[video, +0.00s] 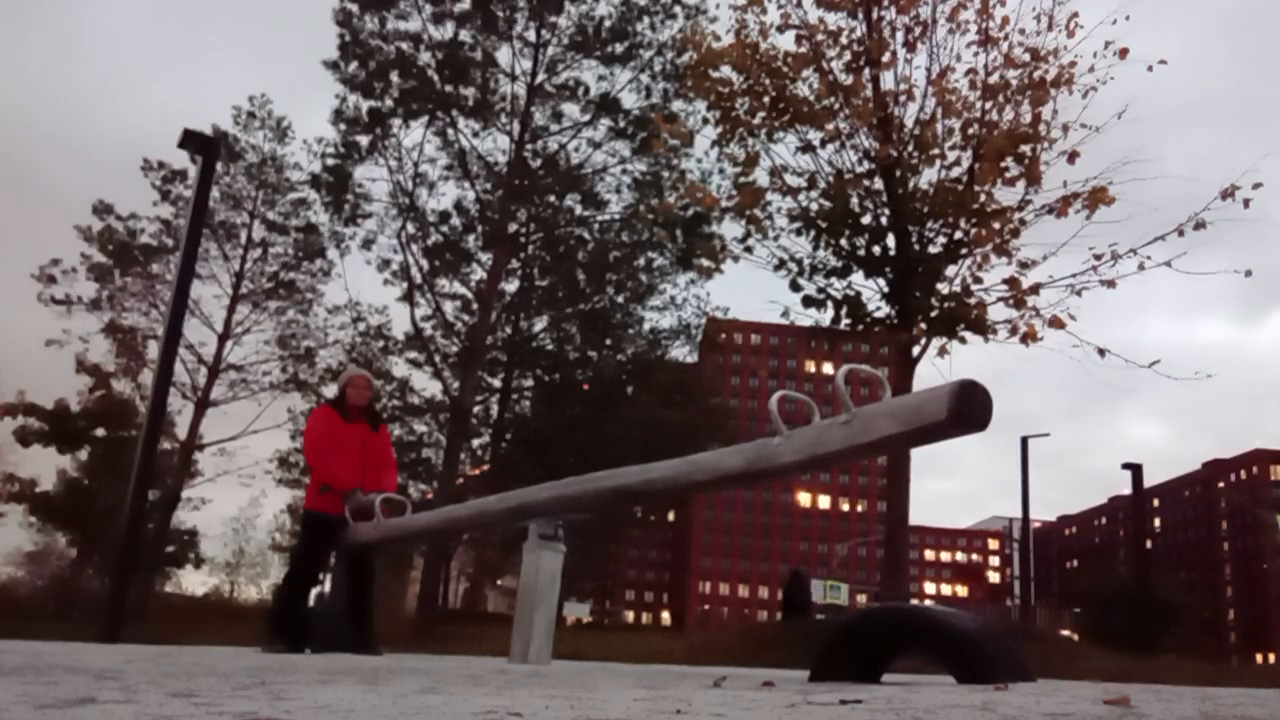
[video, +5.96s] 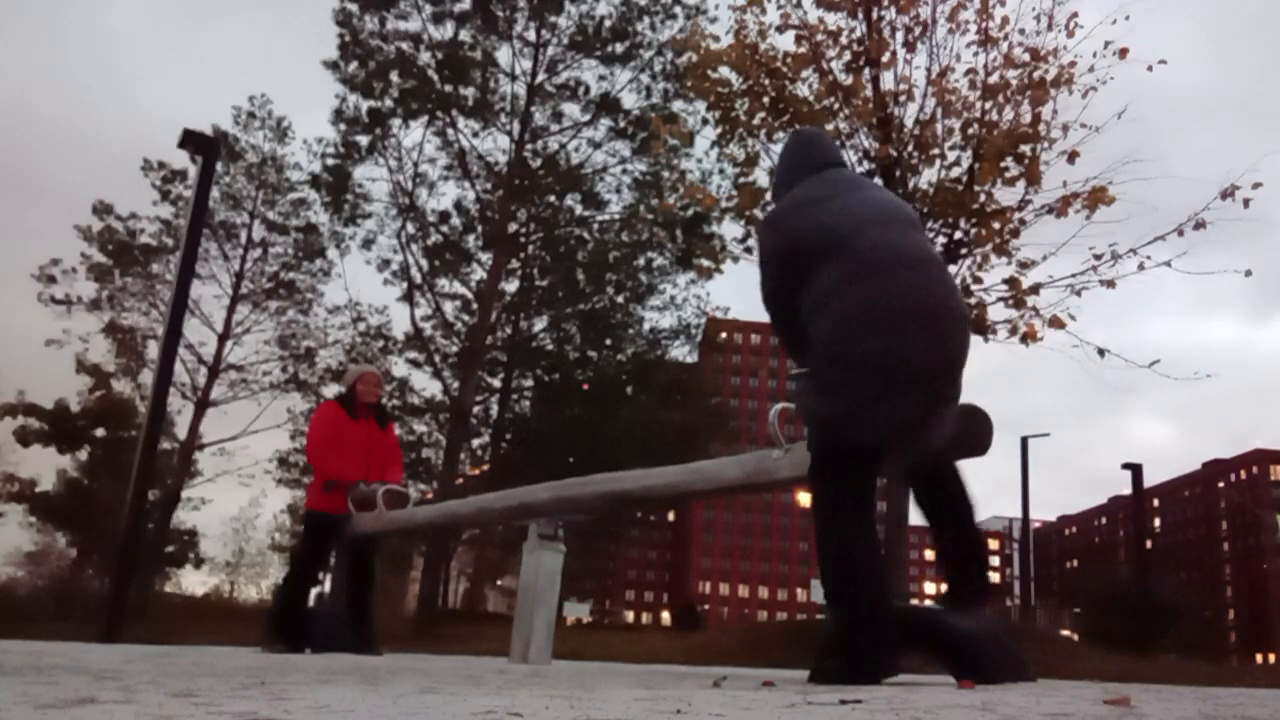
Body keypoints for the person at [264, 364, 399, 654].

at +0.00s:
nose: (362, 391)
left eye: (367, 387)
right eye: (356, 386)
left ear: (373, 393)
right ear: (344, 390)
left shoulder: (377, 428)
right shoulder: (323, 417)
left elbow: (388, 466)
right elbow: (316, 457)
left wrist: (385, 496)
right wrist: (347, 489)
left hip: (362, 515)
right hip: (323, 510)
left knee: (361, 578)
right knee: (304, 572)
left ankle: (362, 640)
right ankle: (282, 635)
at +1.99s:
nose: (373, 381)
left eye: (378, 376)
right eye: (367, 375)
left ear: (385, 381)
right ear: (355, 377)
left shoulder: (386, 416)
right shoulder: (330, 406)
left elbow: (395, 455)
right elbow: (318, 451)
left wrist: (385, 484)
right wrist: (347, 484)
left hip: (362, 510)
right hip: (323, 503)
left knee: (364, 575)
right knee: (304, 570)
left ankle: (365, 640)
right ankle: (282, 637)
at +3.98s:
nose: (355, 391)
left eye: (360, 387)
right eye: (349, 386)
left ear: (367, 392)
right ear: (338, 390)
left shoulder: (375, 426)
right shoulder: (319, 416)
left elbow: (384, 464)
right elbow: (315, 453)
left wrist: (376, 487)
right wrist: (343, 481)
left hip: (359, 513)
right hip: (321, 508)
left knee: (359, 577)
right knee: (303, 572)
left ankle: (360, 640)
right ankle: (282, 636)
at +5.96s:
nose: (372, 389)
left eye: (376, 385)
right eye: (366, 384)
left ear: (382, 391)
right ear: (352, 386)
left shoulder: (383, 424)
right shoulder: (330, 412)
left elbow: (394, 464)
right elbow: (317, 452)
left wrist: (387, 487)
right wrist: (346, 479)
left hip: (365, 513)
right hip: (326, 507)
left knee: (361, 577)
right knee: (306, 570)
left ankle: (360, 640)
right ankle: (282, 635)